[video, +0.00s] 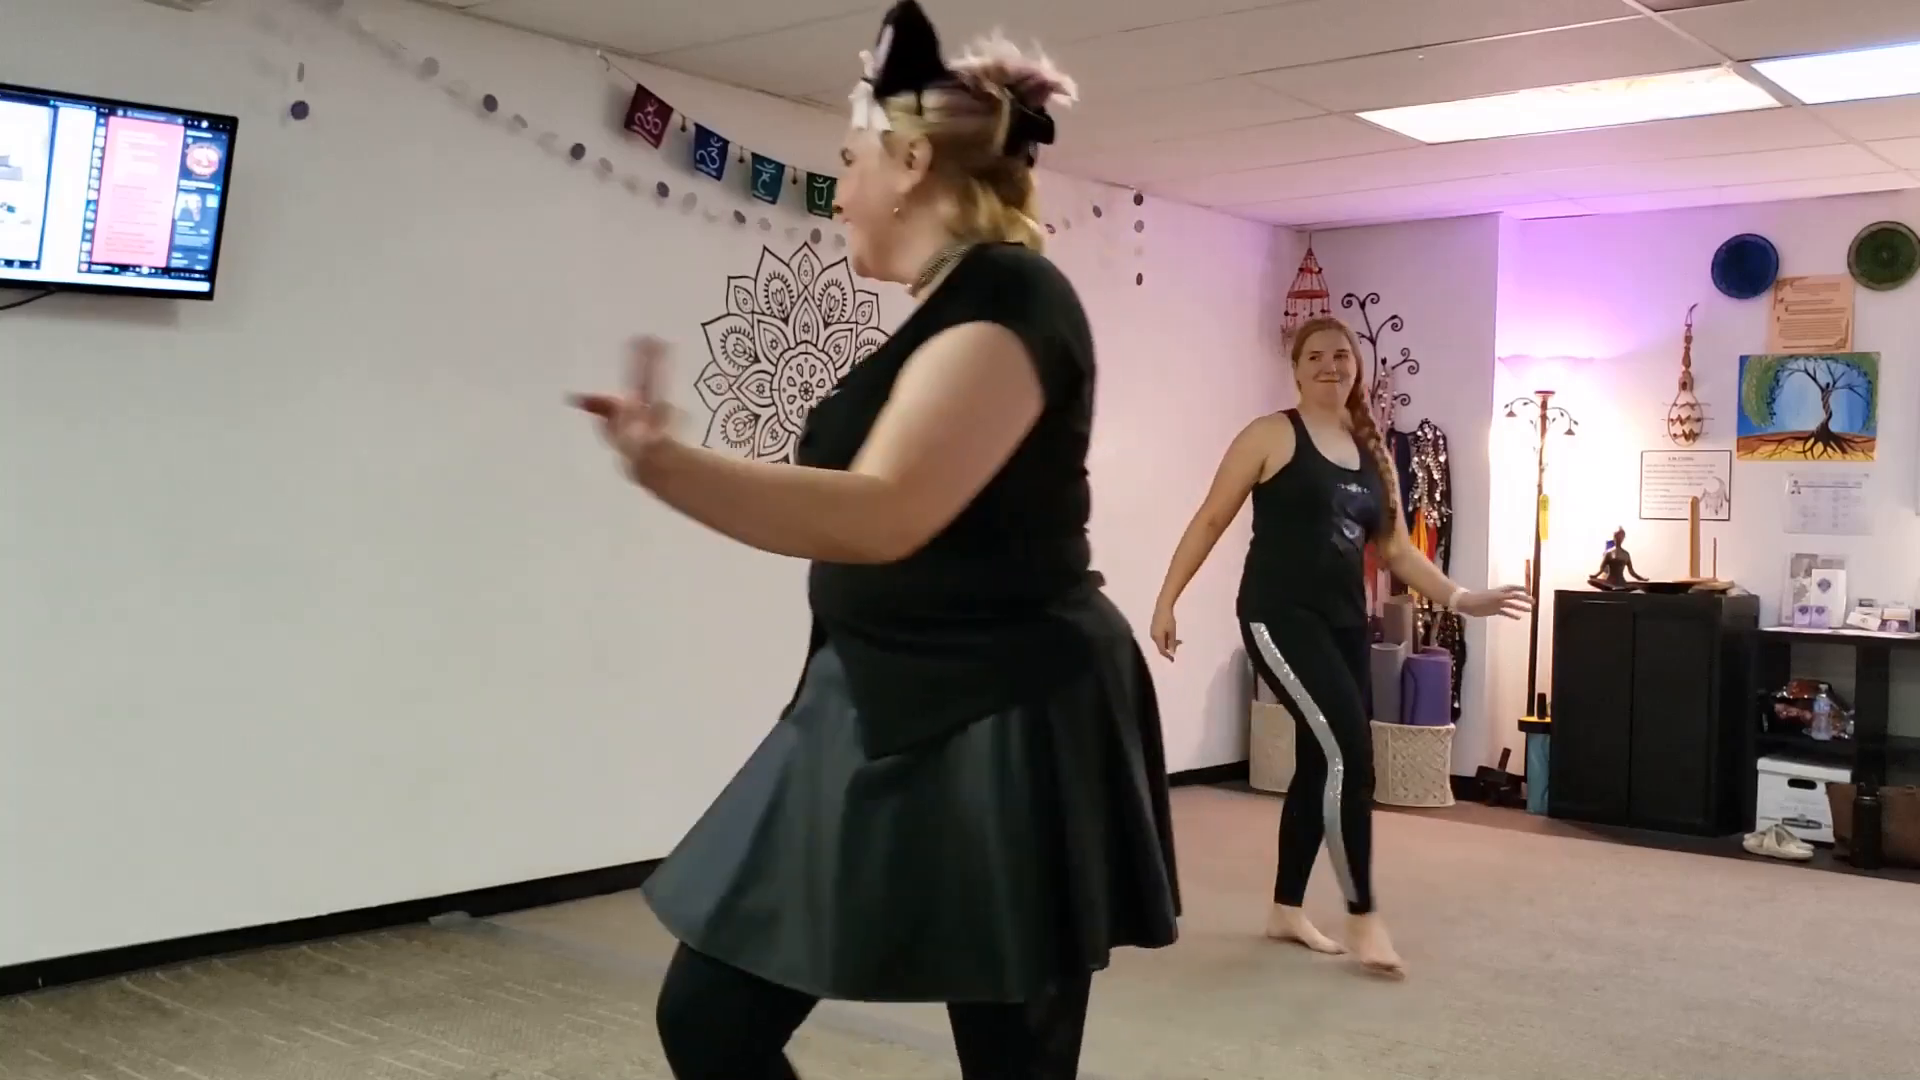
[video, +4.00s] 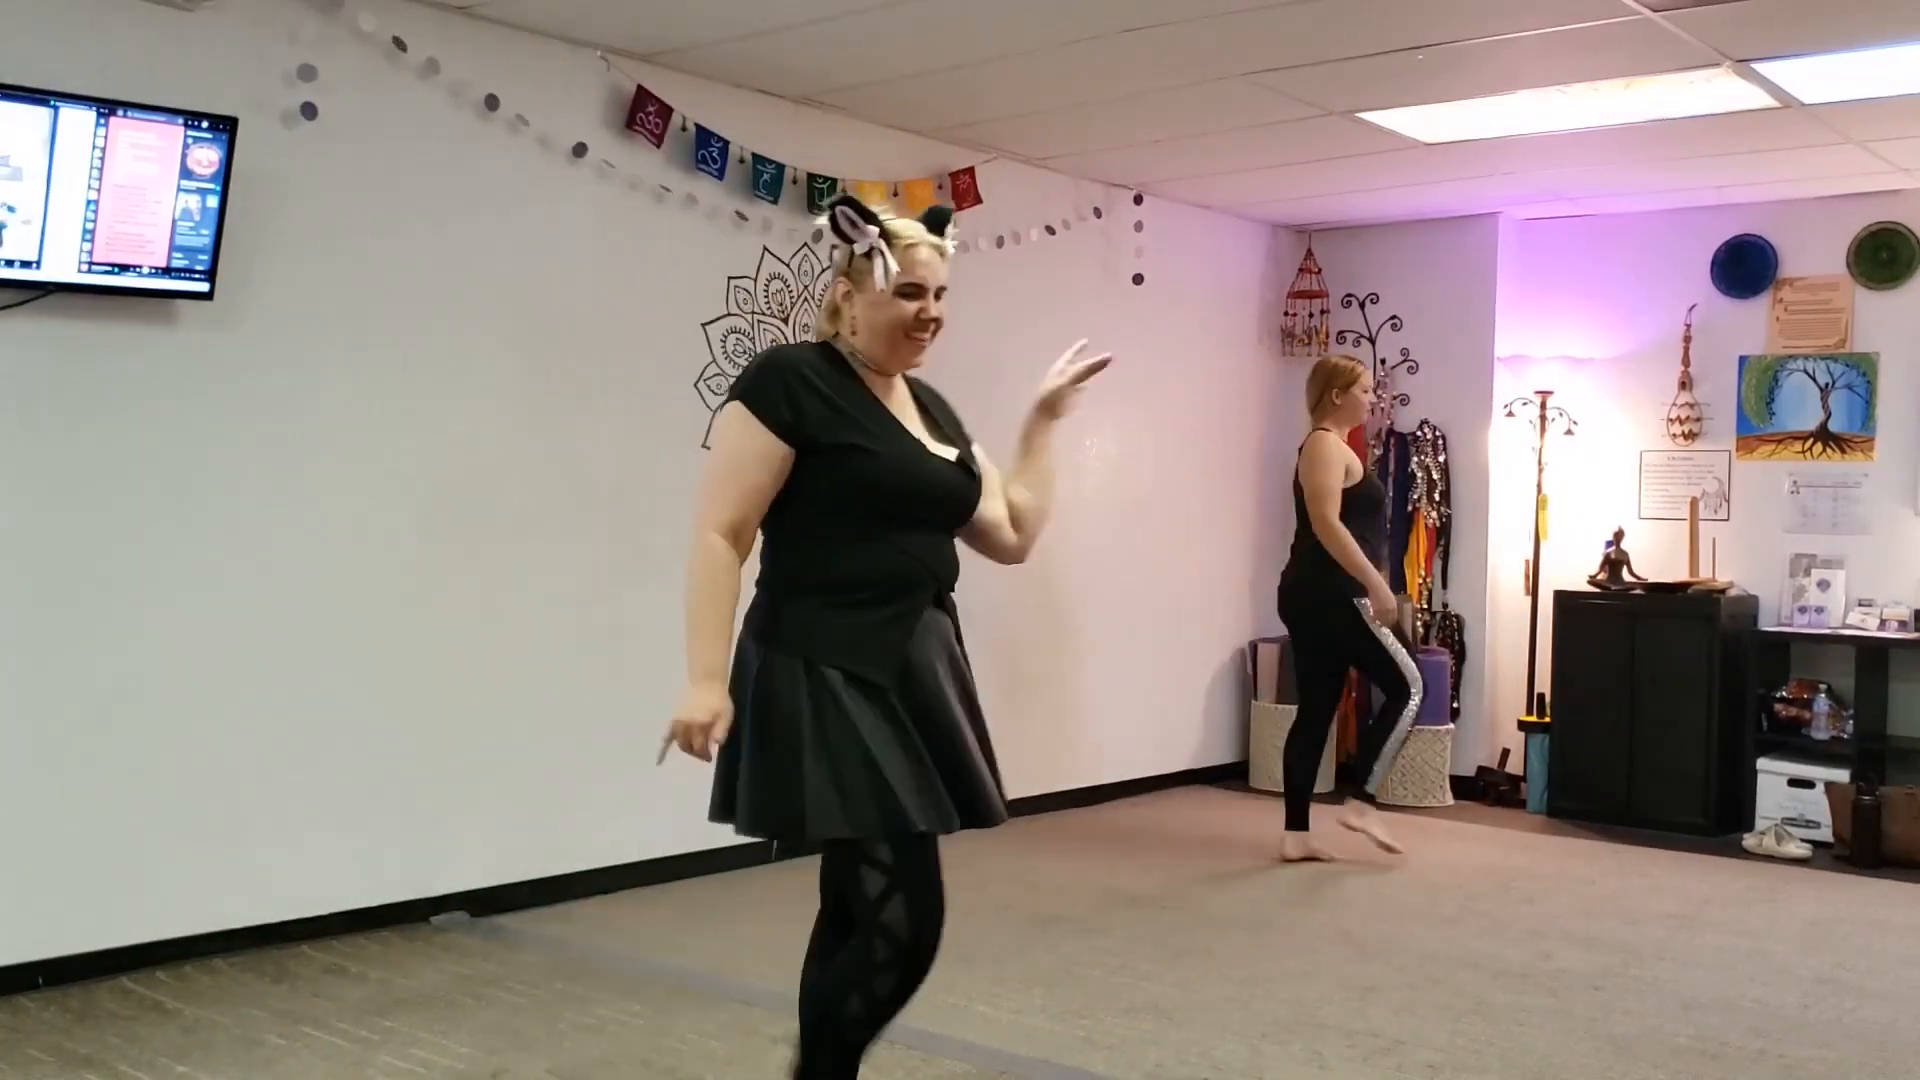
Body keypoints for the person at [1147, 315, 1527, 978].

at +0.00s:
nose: (1329, 363)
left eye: (1340, 353)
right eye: (1315, 355)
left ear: (1358, 369)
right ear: (1296, 370)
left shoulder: (1373, 457)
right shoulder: (1270, 435)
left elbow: (1398, 549)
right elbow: (1210, 521)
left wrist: (1459, 597)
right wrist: (1166, 598)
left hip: (1345, 623)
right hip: (1277, 615)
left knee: (1321, 759)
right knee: (1348, 744)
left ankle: (1286, 907)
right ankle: (1365, 920)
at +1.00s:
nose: (1399, 358)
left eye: (1395, 347)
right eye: (1395, 348)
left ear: (1330, 351)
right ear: (1380, 355)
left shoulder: (1337, 423)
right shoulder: (1387, 430)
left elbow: (1335, 521)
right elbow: (1382, 527)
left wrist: (1311, 613)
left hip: (1341, 617)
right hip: (1393, 619)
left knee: (1251, 736)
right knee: (1367, 783)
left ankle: (1292, 906)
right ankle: (1403, 948)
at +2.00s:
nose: (1258, 373)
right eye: (1258, 365)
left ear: (1201, 371)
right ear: (1255, 372)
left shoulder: (1173, 450)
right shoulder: (1292, 442)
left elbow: (1151, 544)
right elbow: (1329, 528)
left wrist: (1110, 543)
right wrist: (1370, 610)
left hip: (1195, 616)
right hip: (1270, 615)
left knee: (1212, 752)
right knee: (1237, 721)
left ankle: (1231, 902)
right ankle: (1222, 860)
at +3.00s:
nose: (1256, 391)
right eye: (1257, 384)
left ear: (1206, 389)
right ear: (1255, 392)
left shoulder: (1180, 455)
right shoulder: (1281, 462)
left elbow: (1138, 524)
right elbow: (1309, 549)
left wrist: (1098, 586)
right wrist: (1348, 617)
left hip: (1190, 606)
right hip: (1252, 611)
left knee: (1244, 696)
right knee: (1222, 726)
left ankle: (1234, 820)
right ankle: (1197, 860)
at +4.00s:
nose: (1373, 399)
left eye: (1372, 391)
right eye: (1366, 391)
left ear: (1335, 397)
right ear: (1339, 396)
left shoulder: (1332, 446)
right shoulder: (1325, 445)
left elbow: (1336, 526)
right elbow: (1325, 523)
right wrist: (1375, 584)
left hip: (1312, 593)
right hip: (1329, 594)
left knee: (1315, 710)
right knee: (1409, 688)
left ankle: (1296, 834)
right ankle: (1362, 802)